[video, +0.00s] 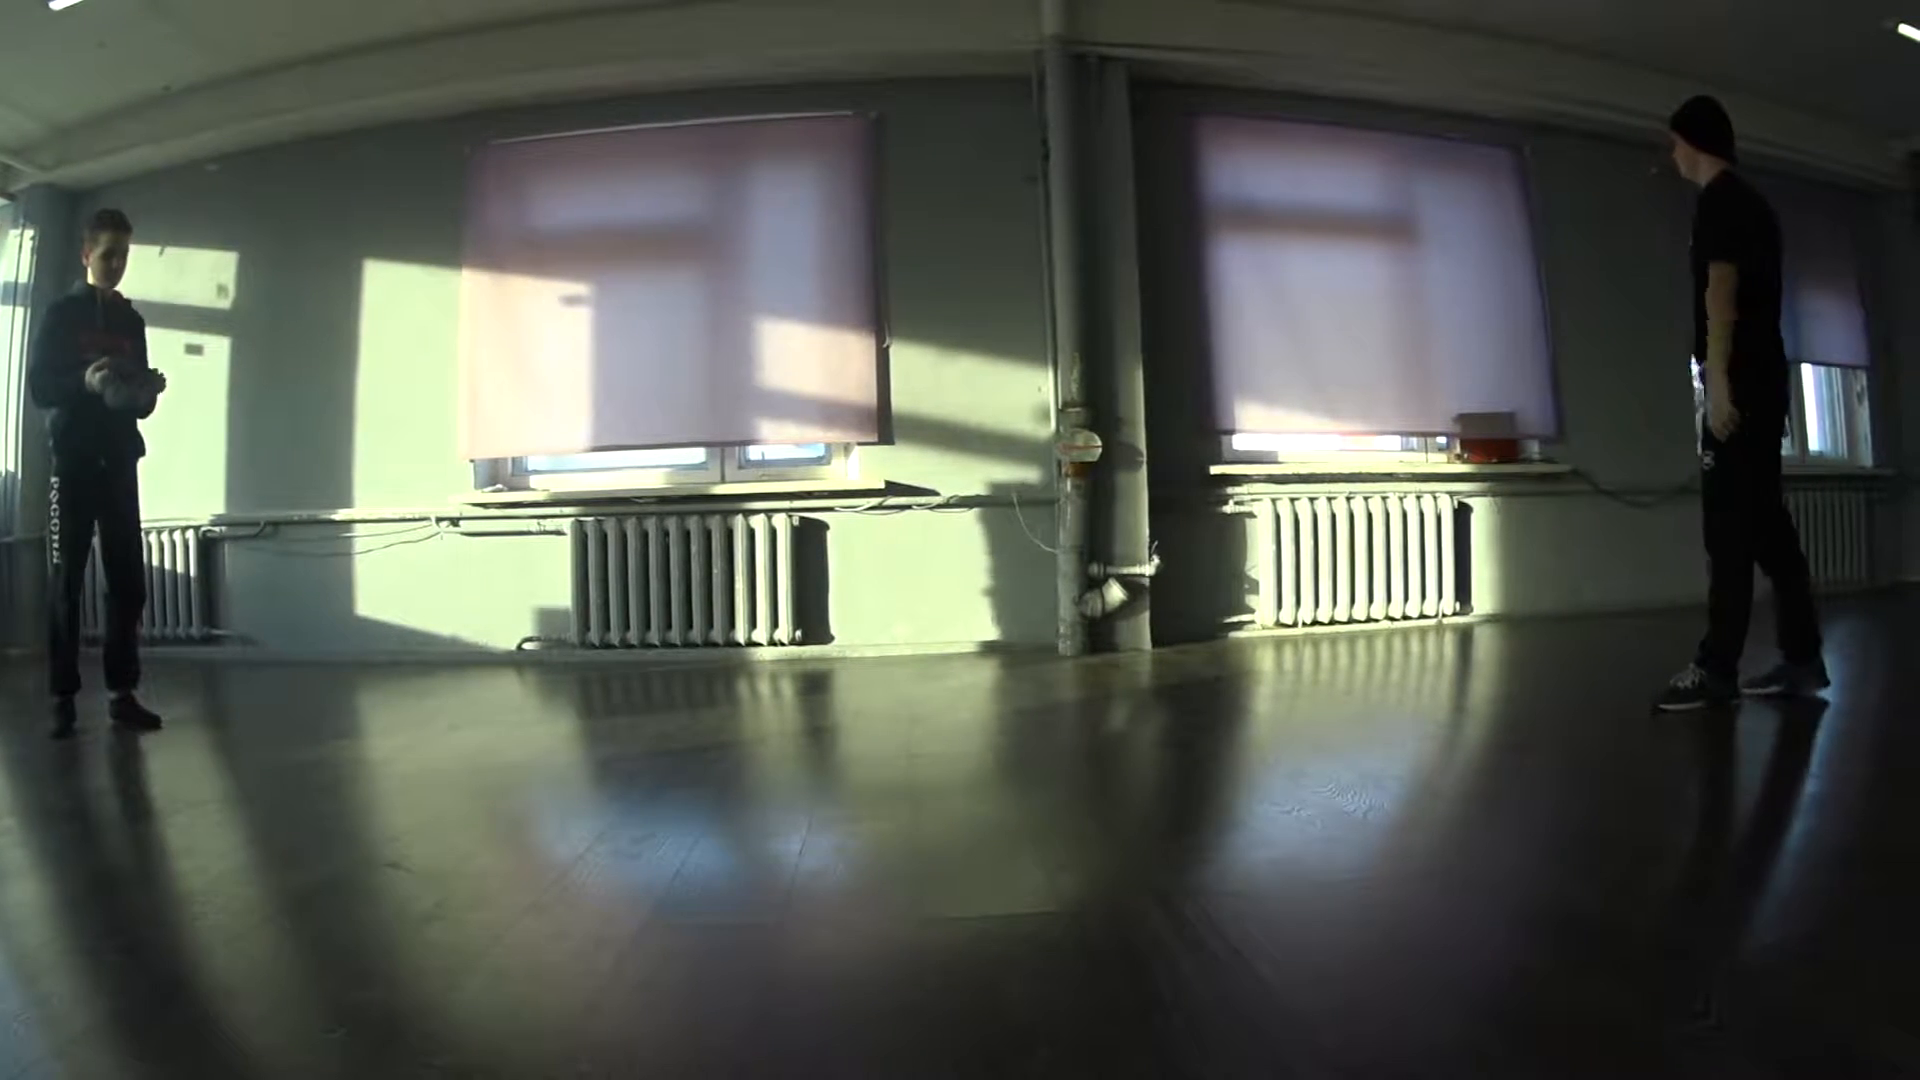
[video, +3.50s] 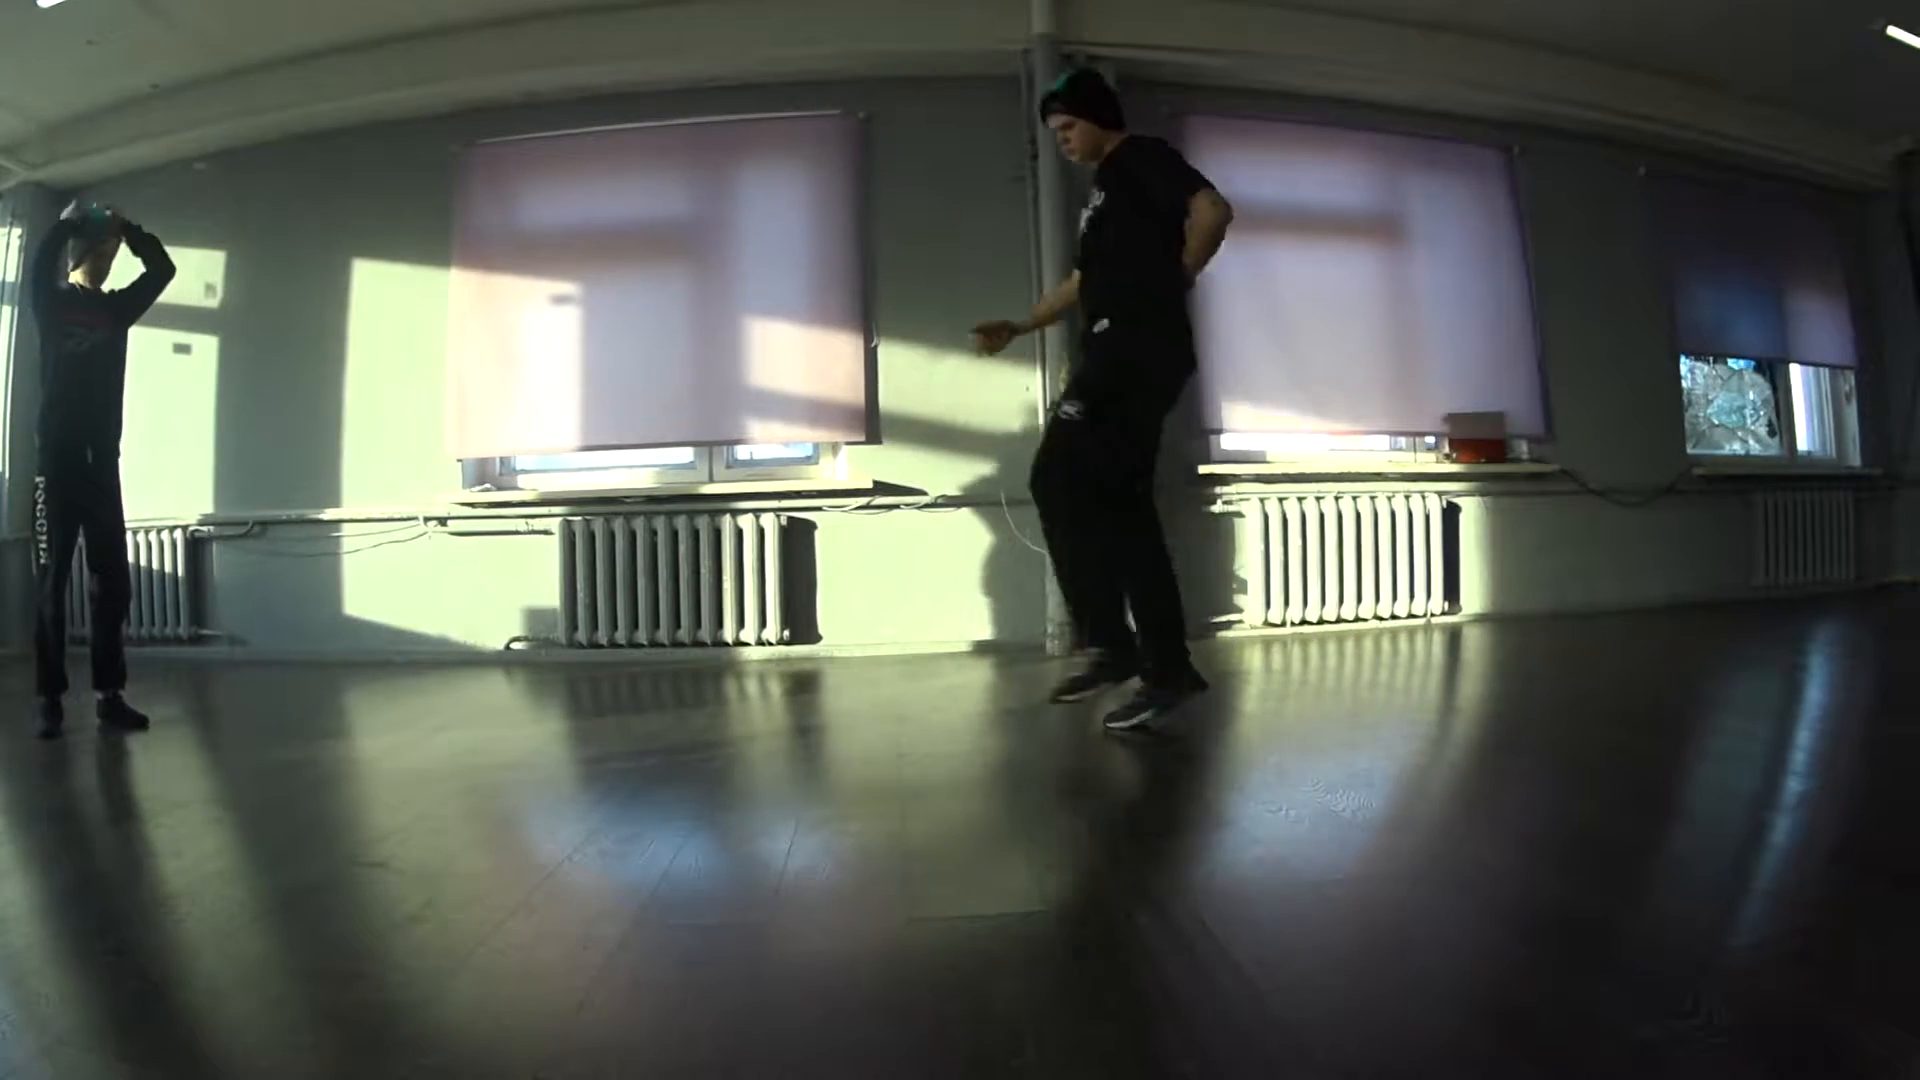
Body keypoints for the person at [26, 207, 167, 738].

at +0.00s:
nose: (117, 262)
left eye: (123, 253)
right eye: (109, 252)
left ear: (130, 257)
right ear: (86, 253)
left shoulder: (131, 318)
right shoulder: (62, 310)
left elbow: (145, 398)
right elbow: (39, 391)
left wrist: (143, 394)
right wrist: (85, 380)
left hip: (119, 454)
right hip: (74, 454)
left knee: (127, 576)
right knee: (68, 576)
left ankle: (123, 696)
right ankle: (64, 698)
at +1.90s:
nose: (106, 260)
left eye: (112, 252)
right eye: (98, 251)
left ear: (118, 256)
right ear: (77, 254)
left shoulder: (129, 311)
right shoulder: (55, 308)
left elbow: (166, 361)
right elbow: (36, 356)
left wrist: (157, 313)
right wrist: (86, 314)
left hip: (109, 460)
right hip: (61, 459)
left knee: (117, 579)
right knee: (56, 580)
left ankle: (115, 696)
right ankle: (56, 700)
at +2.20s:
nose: (108, 259)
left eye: (116, 250)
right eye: (99, 249)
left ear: (123, 255)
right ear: (80, 252)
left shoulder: (130, 308)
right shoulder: (58, 302)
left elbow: (173, 276)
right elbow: (43, 274)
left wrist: (143, 231)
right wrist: (78, 229)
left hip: (109, 456)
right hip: (62, 454)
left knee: (117, 582)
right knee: (57, 579)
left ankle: (115, 697)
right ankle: (55, 701)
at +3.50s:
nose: (108, 261)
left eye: (112, 253)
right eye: (101, 251)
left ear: (111, 256)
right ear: (78, 252)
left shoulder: (117, 307)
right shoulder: (50, 301)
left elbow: (162, 271)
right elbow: (40, 264)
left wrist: (129, 229)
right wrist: (67, 223)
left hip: (103, 454)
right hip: (57, 451)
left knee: (113, 579)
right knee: (54, 575)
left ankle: (111, 697)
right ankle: (50, 702)